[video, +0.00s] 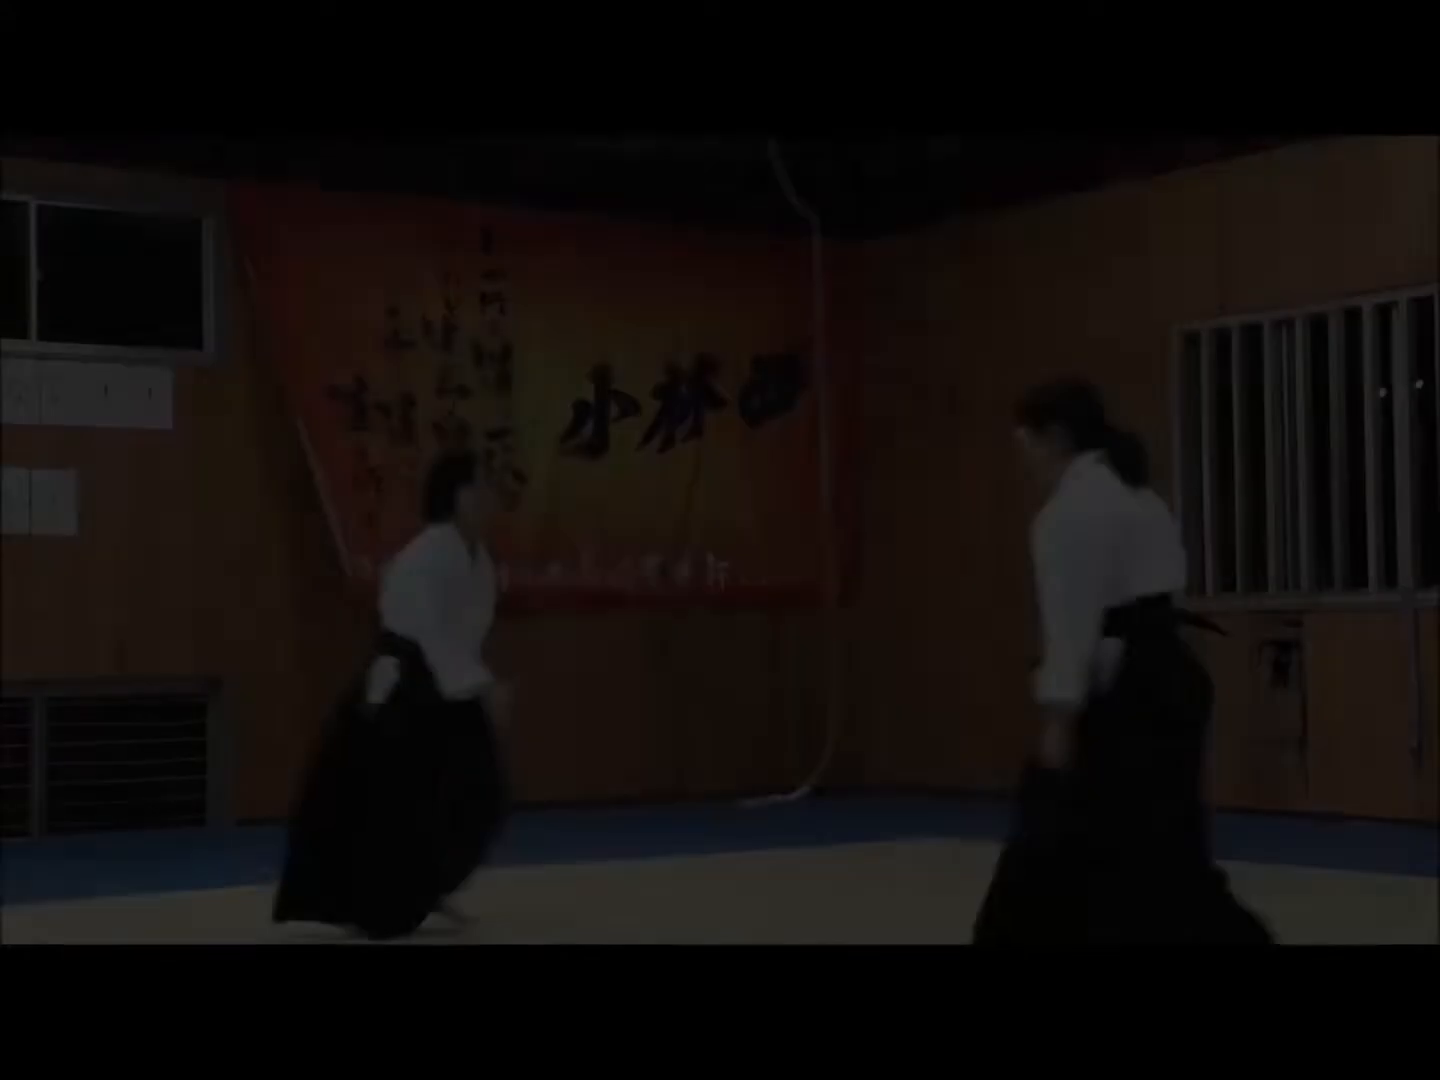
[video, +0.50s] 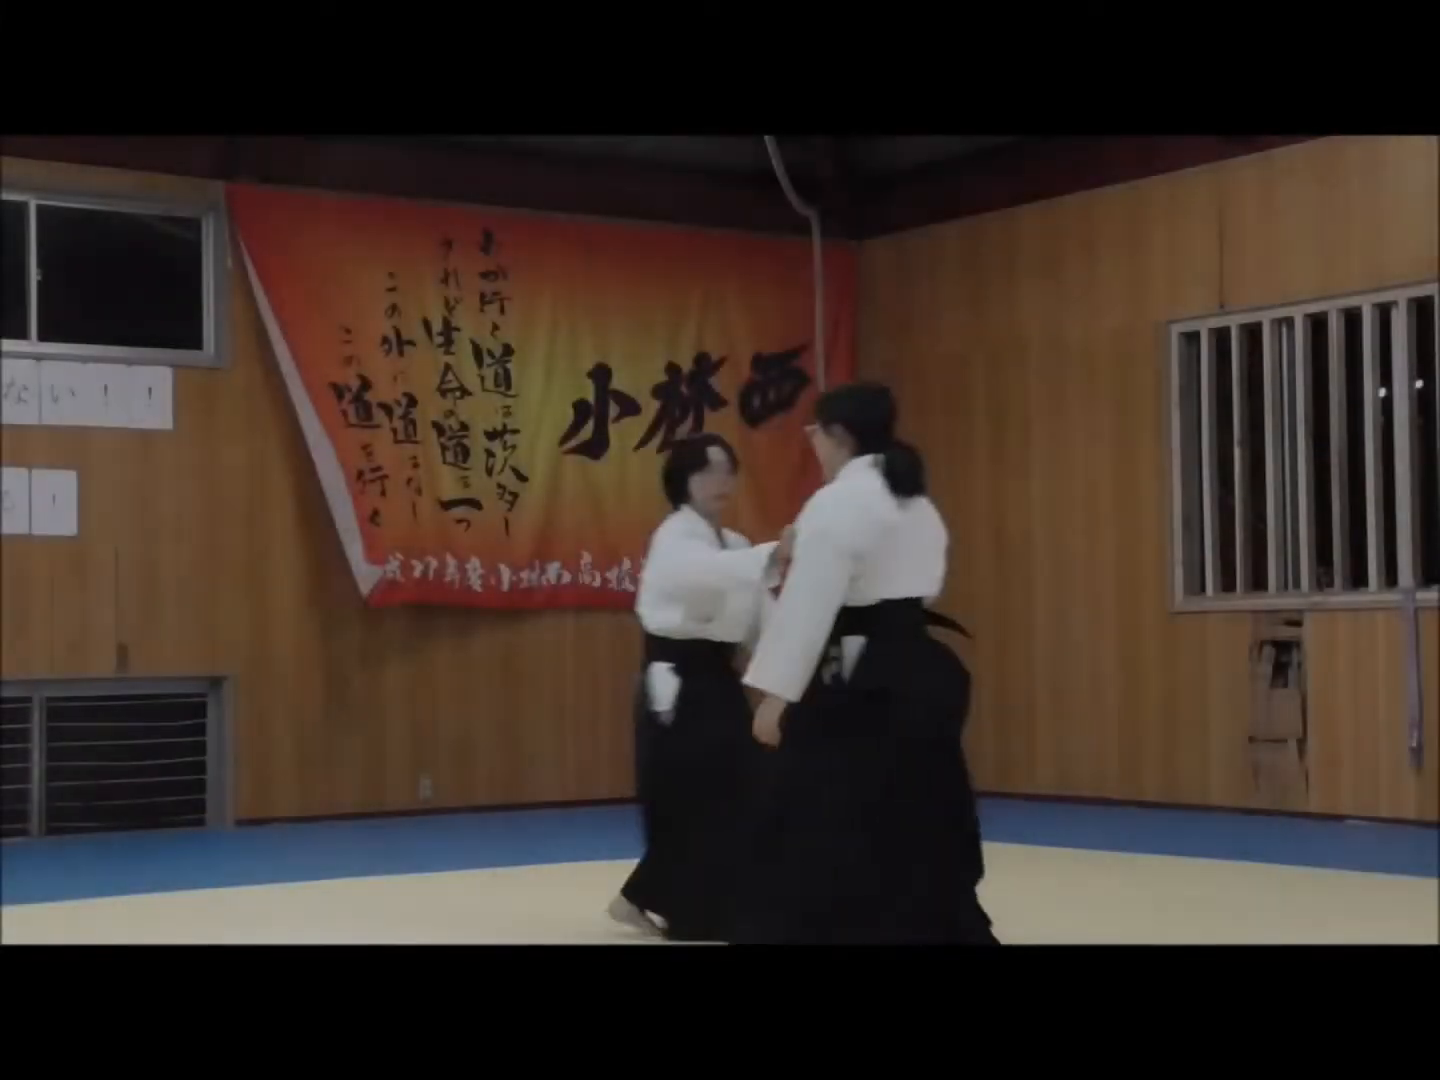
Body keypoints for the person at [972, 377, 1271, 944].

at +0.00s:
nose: (1024, 453)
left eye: (1028, 439)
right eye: (1023, 439)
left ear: (1053, 439)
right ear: (1094, 433)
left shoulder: (1069, 515)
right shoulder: (1145, 501)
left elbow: (1072, 624)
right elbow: (1163, 600)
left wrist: (1056, 718)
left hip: (1114, 687)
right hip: (1175, 680)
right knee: (1164, 828)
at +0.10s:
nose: (978, 449)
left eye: (982, 435)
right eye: (977, 435)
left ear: (1009, 432)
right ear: (1040, 428)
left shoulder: (1019, 503)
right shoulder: (1095, 494)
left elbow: (997, 599)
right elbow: (1115, 589)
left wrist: (948, 689)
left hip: (1045, 678)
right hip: (1111, 673)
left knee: (1015, 816)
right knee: (1101, 820)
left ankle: (1019, 929)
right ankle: (1111, 927)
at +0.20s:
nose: (936, 443)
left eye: (941, 431)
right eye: (936, 431)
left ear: (968, 433)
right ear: (1005, 431)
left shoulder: (976, 503)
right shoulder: (1048, 501)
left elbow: (932, 595)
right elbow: (1060, 594)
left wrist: (869, 673)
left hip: (991, 686)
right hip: (1056, 681)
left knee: (943, 800)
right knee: (1046, 820)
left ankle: (953, 927)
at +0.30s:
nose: (896, 442)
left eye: (900, 430)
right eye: (897, 430)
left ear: (924, 432)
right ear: (963, 431)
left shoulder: (929, 501)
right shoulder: (1002, 500)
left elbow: (886, 592)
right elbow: (1015, 592)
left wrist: (829, 669)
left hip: (945, 678)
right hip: (1009, 673)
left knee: (904, 819)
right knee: (992, 827)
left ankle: (909, 932)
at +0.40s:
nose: (853, 434)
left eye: (859, 425)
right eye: (855, 424)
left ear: (883, 431)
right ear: (920, 429)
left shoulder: (882, 502)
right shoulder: (958, 497)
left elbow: (848, 597)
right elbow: (974, 587)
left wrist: (805, 678)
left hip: (903, 671)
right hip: (966, 666)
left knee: (858, 799)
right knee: (953, 809)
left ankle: (867, 925)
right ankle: (955, 924)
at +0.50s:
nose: (812, 441)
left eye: (817, 431)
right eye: (814, 430)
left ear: (840, 436)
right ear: (878, 434)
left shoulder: (834, 507)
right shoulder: (918, 502)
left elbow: (808, 605)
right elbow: (922, 595)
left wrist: (776, 696)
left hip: (854, 676)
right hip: (921, 672)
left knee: (830, 814)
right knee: (916, 813)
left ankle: (835, 925)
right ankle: (926, 923)